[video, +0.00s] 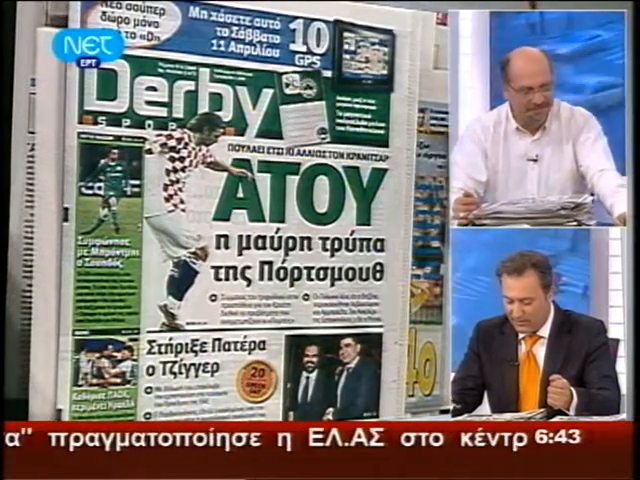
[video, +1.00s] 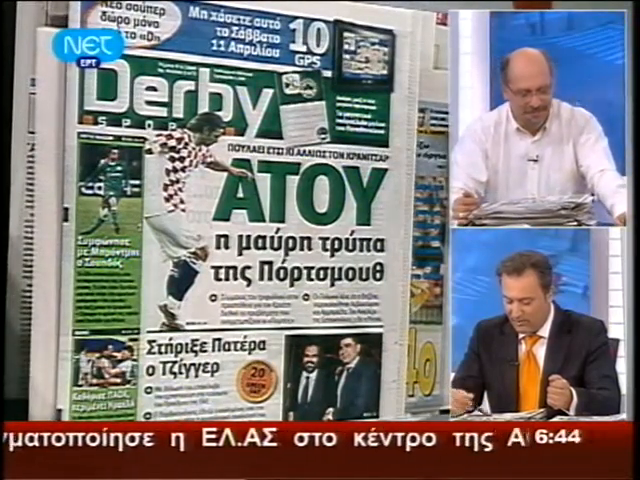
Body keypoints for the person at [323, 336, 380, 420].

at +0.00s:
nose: (343, 351)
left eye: (347, 346)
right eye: (341, 348)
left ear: (358, 348)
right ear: (339, 351)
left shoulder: (367, 368)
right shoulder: (340, 371)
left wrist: (335, 415)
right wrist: (330, 411)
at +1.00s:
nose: (343, 351)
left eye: (347, 346)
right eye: (341, 348)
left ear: (358, 348)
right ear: (339, 351)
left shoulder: (367, 368)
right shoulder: (340, 372)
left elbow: (361, 408)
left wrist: (335, 415)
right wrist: (331, 411)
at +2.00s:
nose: (343, 351)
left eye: (347, 346)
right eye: (341, 348)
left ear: (358, 348)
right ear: (338, 351)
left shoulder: (367, 368)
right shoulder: (341, 371)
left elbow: (361, 408)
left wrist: (335, 415)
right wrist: (331, 411)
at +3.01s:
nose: (343, 351)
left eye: (347, 346)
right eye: (341, 348)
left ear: (358, 348)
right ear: (339, 351)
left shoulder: (367, 368)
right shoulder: (341, 371)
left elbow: (360, 408)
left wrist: (335, 416)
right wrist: (332, 410)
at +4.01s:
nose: (343, 351)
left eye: (347, 346)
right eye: (341, 348)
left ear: (358, 348)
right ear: (339, 351)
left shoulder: (367, 368)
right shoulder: (341, 371)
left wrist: (335, 416)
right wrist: (332, 410)